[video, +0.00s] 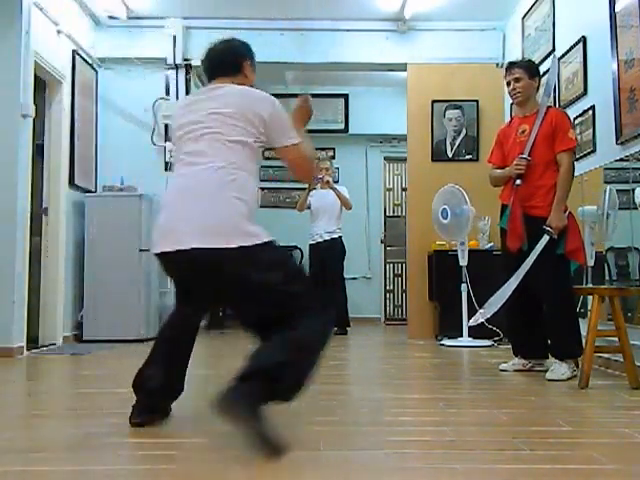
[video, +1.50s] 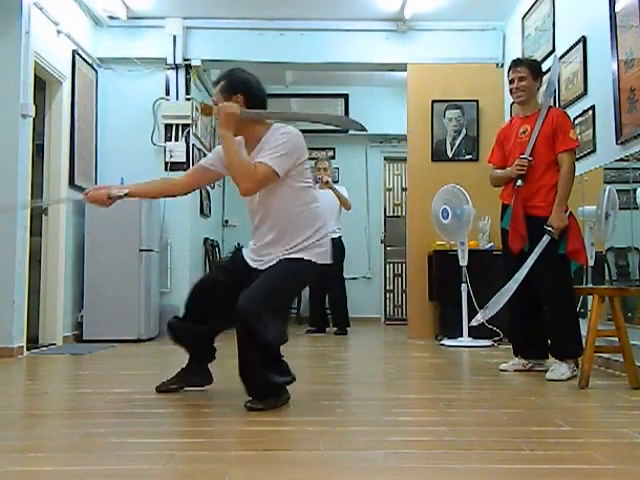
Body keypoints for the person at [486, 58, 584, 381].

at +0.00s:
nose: (512, 87)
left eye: (518, 80)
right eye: (508, 83)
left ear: (535, 82)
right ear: (506, 89)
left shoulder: (555, 117)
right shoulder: (506, 131)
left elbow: (566, 165)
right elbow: (494, 177)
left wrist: (558, 209)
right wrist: (509, 171)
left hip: (547, 214)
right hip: (514, 215)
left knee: (553, 284)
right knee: (520, 284)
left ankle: (565, 358)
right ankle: (530, 354)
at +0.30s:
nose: (513, 86)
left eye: (519, 80)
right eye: (509, 83)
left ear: (536, 82)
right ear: (507, 89)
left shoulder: (555, 117)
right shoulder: (506, 131)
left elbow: (567, 164)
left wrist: (559, 209)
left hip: (547, 214)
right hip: (514, 216)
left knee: (553, 284)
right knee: (520, 284)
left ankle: (566, 358)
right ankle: (529, 354)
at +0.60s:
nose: (514, 87)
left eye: (521, 80)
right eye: (510, 82)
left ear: (537, 82)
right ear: (506, 87)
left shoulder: (555, 116)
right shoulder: (506, 129)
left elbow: (567, 165)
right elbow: (493, 177)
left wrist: (559, 209)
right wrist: (509, 171)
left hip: (547, 215)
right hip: (514, 217)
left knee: (554, 291)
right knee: (518, 289)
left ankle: (565, 358)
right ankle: (527, 357)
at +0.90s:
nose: (519, 83)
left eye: (525, 78)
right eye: (514, 80)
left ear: (538, 82)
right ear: (509, 88)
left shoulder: (555, 117)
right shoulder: (505, 131)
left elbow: (566, 165)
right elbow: (493, 177)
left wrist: (559, 210)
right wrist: (509, 171)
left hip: (547, 214)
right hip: (514, 215)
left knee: (554, 284)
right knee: (521, 283)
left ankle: (565, 357)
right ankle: (529, 354)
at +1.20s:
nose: (519, 83)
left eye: (525, 78)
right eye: (514, 80)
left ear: (537, 83)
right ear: (508, 87)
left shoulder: (555, 117)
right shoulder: (505, 131)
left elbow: (567, 166)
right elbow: (493, 176)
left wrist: (559, 210)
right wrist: (509, 171)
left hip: (548, 214)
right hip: (514, 215)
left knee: (554, 284)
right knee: (520, 284)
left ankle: (565, 358)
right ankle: (529, 355)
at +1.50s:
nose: (516, 85)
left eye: (522, 79)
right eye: (512, 81)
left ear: (538, 82)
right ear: (508, 88)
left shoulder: (555, 117)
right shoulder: (506, 131)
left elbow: (567, 166)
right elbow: (494, 176)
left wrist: (559, 210)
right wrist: (510, 171)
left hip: (547, 214)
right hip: (514, 215)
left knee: (554, 284)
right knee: (520, 284)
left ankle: (565, 358)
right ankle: (529, 355)